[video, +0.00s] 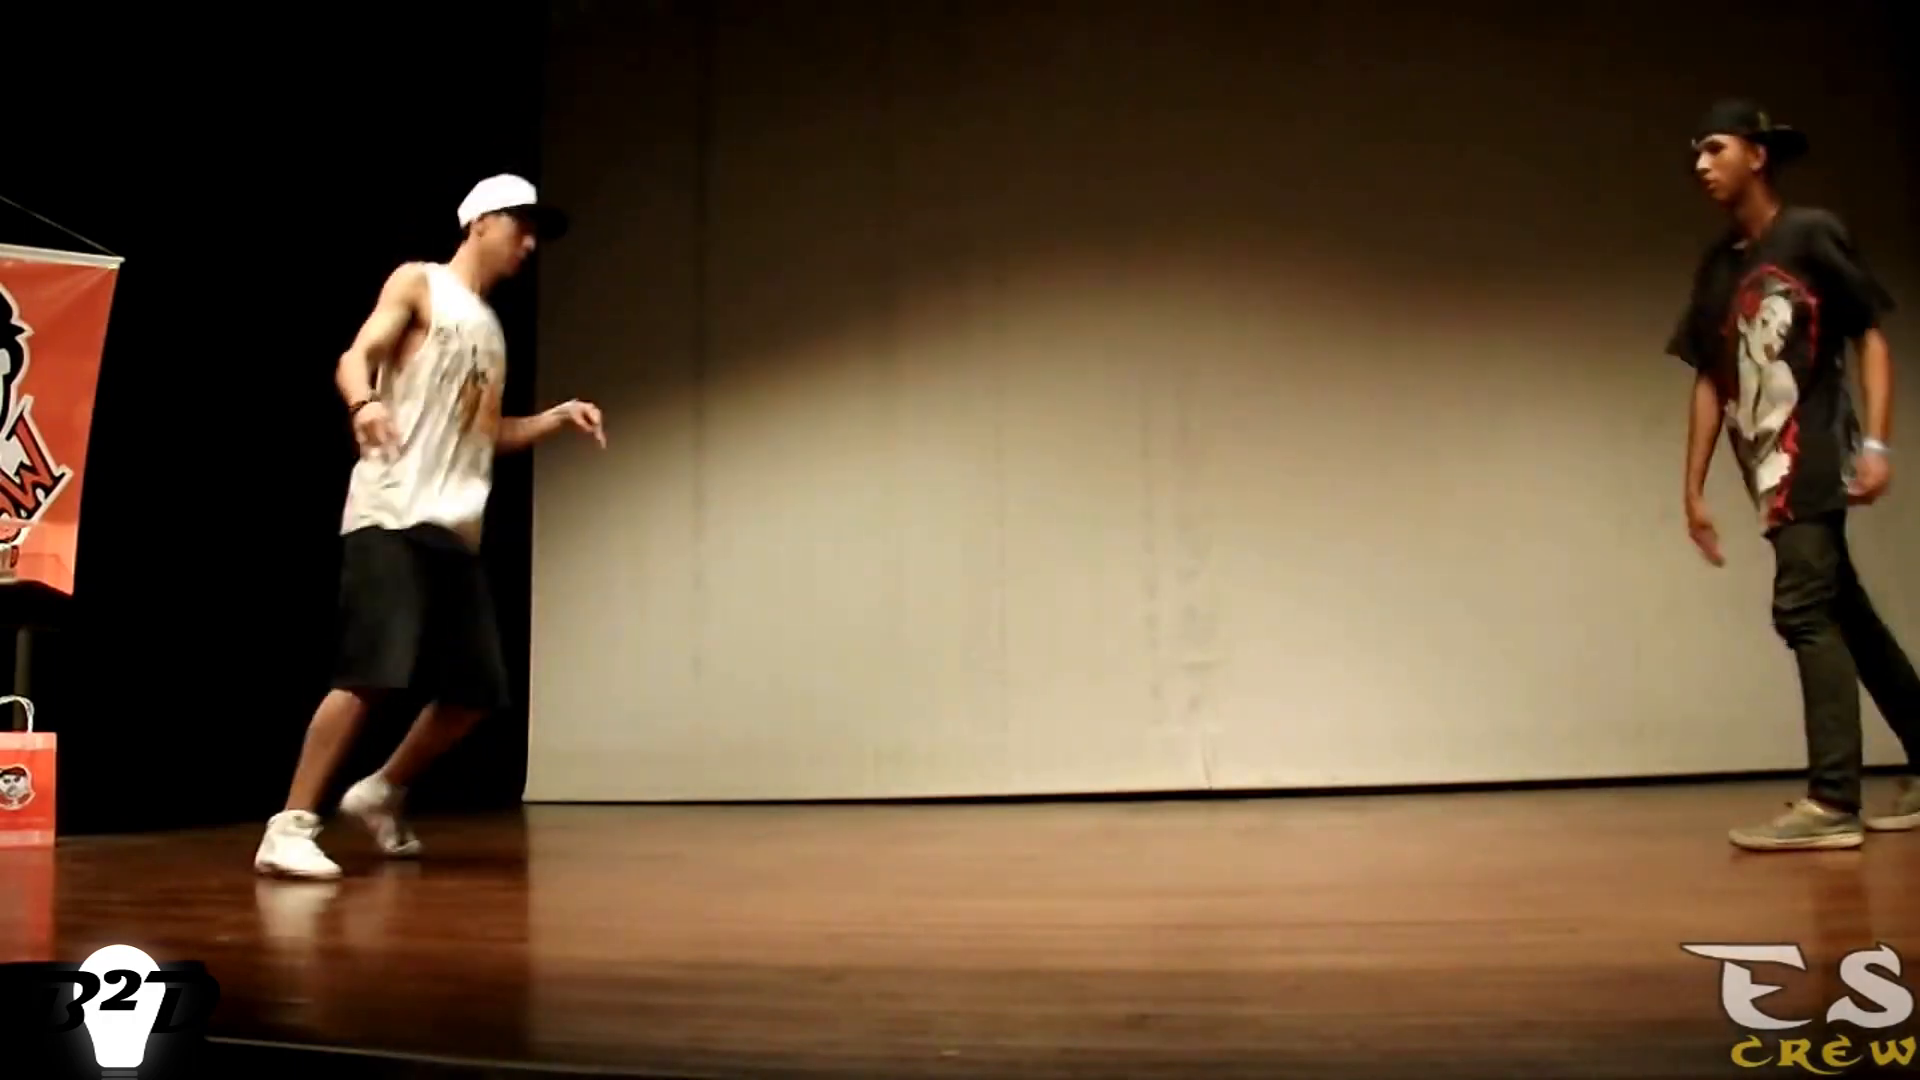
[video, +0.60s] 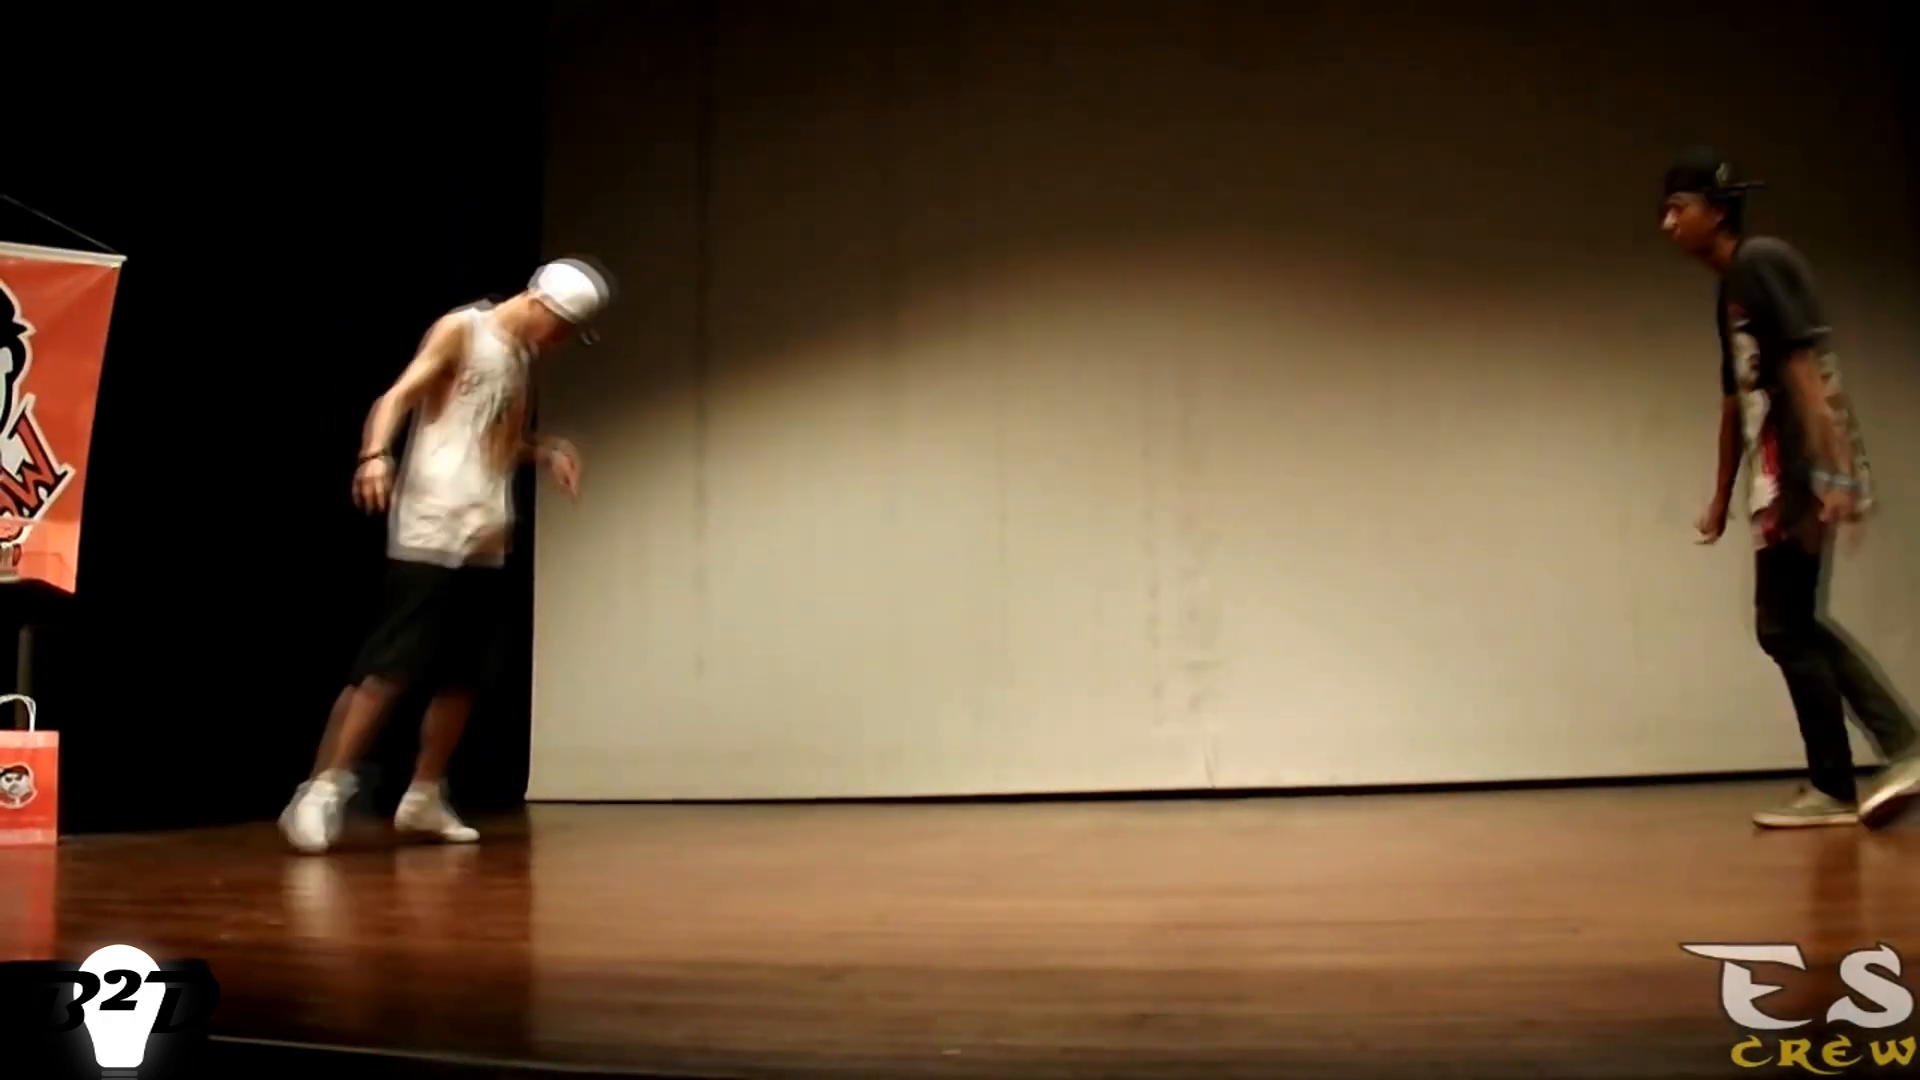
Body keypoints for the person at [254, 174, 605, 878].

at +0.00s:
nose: (527, 243)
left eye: (531, 232)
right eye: (519, 226)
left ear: (510, 240)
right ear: (479, 225)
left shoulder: (489, 331)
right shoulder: (416, 282)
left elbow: (490, 432)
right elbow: (355, 358)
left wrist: (558, 417)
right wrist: (363, 404)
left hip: (452, 530)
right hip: (386, 514)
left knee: (474, 689)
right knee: (372, 668)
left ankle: (380, 794)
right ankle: (291, 826)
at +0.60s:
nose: (559, 338)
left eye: (567, 330)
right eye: (560, 324)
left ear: (554, 317)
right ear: (536, 300)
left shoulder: (523, 359)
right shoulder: (460, 330)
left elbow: (502, 443)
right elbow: (395, 398)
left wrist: (550, 450)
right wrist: (375, 454)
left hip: (483, 541)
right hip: (429, 532)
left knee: (463, 673)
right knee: (393, 665)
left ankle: (423, 797)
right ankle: (323, 792)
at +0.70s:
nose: (589, 332)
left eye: (597, 326)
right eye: (592, 320)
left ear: (585, 311)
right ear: (573, 294)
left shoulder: (551, 340)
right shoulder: (495, 310)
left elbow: (534, 403)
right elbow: (425, 374)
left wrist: (576, 421)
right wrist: (400, 446)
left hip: (508, 515)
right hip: (460, 509)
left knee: (480, 656)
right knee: (442, 651)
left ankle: (445, 783)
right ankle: (390, 774)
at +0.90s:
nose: (645, 368)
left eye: (652, 360)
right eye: (644, 353)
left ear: (633, 348)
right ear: (617, 333)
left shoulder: (600, 399)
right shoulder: (547, 362)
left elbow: (613, 451)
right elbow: (483, 412)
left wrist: (664, 461)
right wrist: (437, 464)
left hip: (544, 551)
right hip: (520, 549)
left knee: (510, 678)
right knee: (570, 679)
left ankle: (446, 790)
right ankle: (607, 797)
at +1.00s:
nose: (677, 380)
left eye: (684, 373)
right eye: (680, 369)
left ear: (665, 356)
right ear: (658, 347)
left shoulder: (633, 395)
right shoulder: (582, 373)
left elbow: (639, 471)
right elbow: (523, 436)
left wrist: (699, 482)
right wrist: (479, 500)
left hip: (596, 555)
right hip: (566, 555)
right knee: (626, 678)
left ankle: (489, 772)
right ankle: (625, 807)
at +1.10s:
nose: (708, 371)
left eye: (715, 364)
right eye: (710, 359)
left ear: (700, 345)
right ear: (690, 337)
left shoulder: (668, 382)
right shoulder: (618, 363)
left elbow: (659, 466)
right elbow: (559, 432)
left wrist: (714, 477)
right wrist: (553, 507)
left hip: (648, 545)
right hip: (604, 545)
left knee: (681, 677)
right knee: (644, 678)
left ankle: (585, 746)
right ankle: (626, 805)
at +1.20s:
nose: (747, 357)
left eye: (755, 350)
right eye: (749, 345)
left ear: (737, 334)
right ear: (726, 322)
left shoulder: (701, 367)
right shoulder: (653, 347)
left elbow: (695, 449)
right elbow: (600, 423)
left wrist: (738, 467)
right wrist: (640, 484)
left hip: (695, 545)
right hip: (642, 551)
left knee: (741, 665)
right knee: (645, 680)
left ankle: (726, 784)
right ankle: (630, 797)